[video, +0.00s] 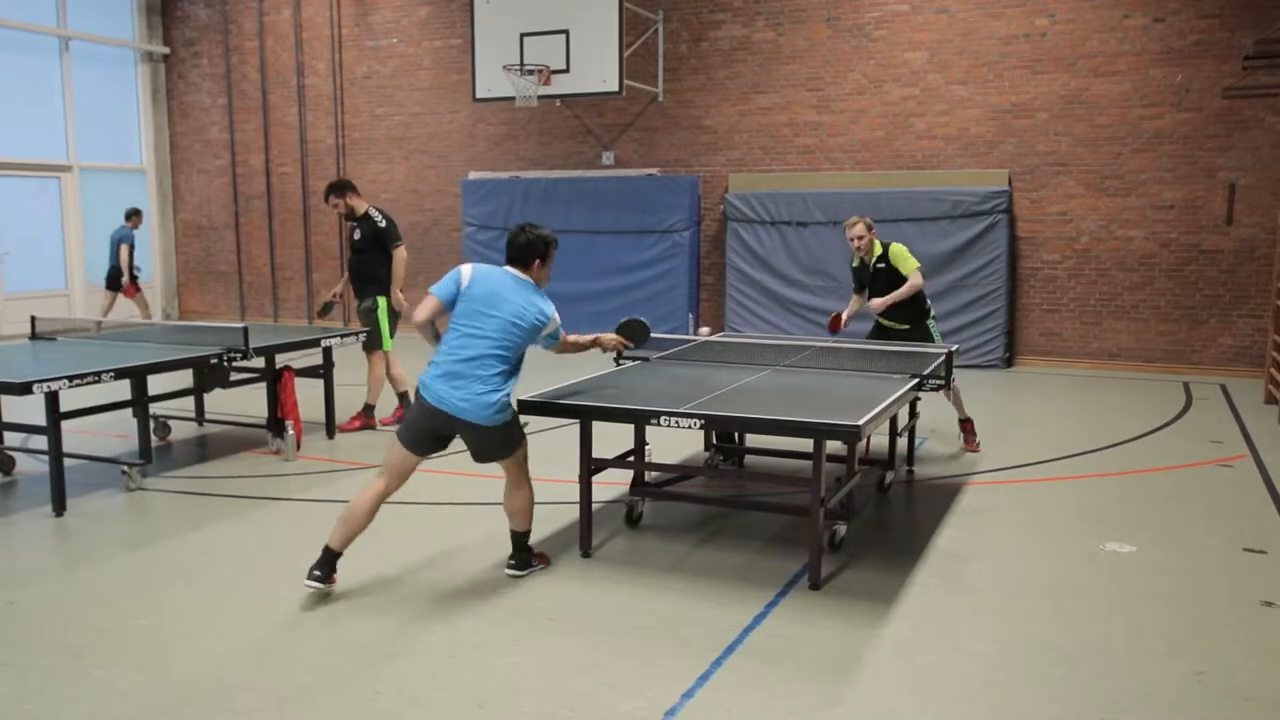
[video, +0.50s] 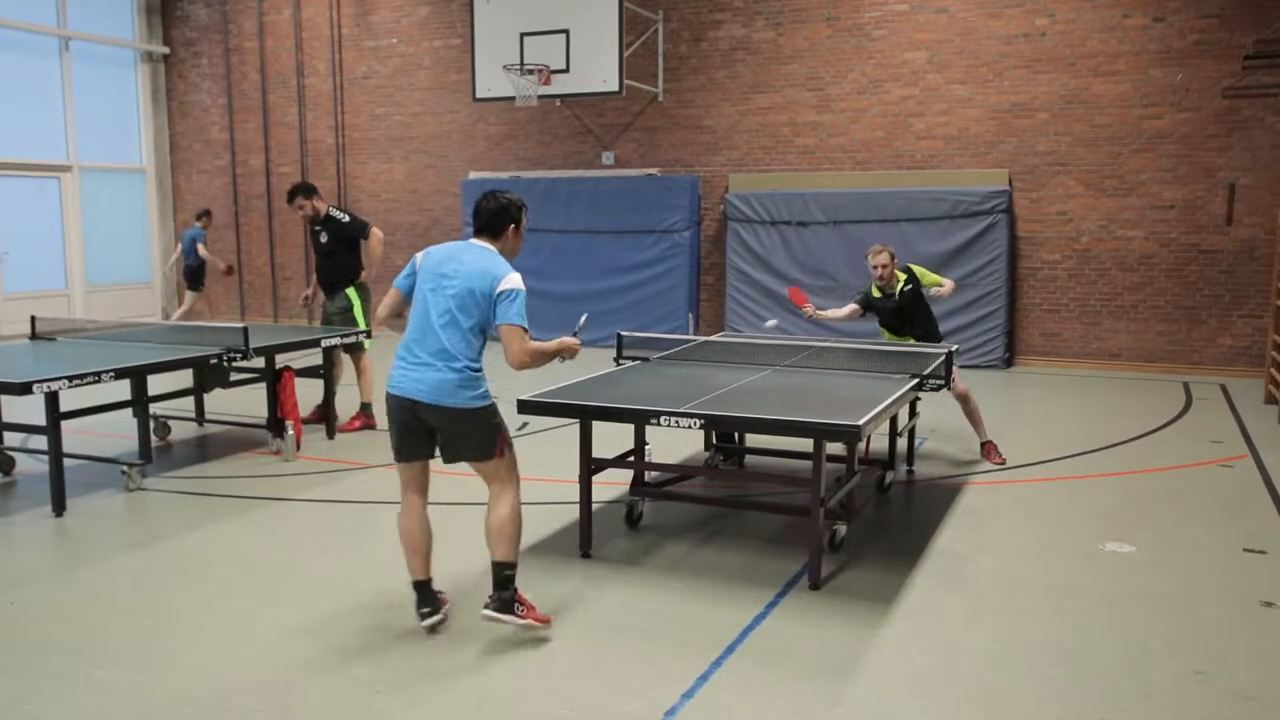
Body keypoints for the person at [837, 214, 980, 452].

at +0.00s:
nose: (857, 244)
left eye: (861, 238)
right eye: (852, 240)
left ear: (872, 235)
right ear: (848, 242)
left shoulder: (895, 251)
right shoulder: (857, 263)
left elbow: (917, 281)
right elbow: (859, 295)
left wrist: (886, 300)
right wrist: (847, 313)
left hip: (919, 325)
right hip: (885, 326)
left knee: (943, 377)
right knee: (863, 373)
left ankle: (965, 421)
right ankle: (861, 432)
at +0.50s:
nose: (879, 273)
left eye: (883, 267)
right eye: (874, 268)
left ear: (894, 264)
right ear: (870, 269)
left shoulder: (912, 274)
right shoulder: (870, 295)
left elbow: (948, 284)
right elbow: (849, 312)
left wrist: (944, 290)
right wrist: (818, 314)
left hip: (930, 347)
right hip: (894, 352)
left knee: (961, 391)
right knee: (870, 391)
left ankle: (986, 443)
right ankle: (859, 446)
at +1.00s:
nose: (887, 261)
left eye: (892, 255)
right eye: (883, 257)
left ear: (905, 253)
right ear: (880, 258)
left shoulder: (927, 266)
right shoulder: (886, 283)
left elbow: (951, 294)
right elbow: (870, 314)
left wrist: (917, 302)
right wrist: (870, 332)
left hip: (944, 340)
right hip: (909, 341)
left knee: (966, 390)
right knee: (880, 383)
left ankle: (991, 439)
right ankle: (865, 439)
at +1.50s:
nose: (904, 263)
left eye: (909, 258)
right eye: (899, 258)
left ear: (917, 254)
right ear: (891, 255)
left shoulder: (932, 266)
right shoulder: (884, 284)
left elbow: (957, 282)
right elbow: (859, 313)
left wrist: (968, 297)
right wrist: (859, 328)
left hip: (936, 337)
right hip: (900, 338)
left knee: (965, 384)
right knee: (878, 384)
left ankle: (991, 439)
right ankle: (867, 436)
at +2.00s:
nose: (901, 232)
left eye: (906, 227)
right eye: (896, 227)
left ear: (915, 228)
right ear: (889, 229)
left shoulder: (931, 248)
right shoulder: (882, 258)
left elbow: (952, 279)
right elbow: (872, 286)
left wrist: (931, 302)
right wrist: (873, 310)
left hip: (931, 323)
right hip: (896, 322)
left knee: (955, 374)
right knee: (877, 372)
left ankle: (967, 423)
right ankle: (866, 429)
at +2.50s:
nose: (926, 318)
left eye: (931, 315)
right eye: (921, 314)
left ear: (941, 306)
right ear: (916, 303)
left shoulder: (949, 303)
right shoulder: (906, 305)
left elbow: (953, 338)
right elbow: (903, 330)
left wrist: (933, 338)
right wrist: (938, 320)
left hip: (942, 359)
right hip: (906, 359)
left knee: (976, 388)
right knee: (875, 388)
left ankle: (969, 437)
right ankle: (861, 436)